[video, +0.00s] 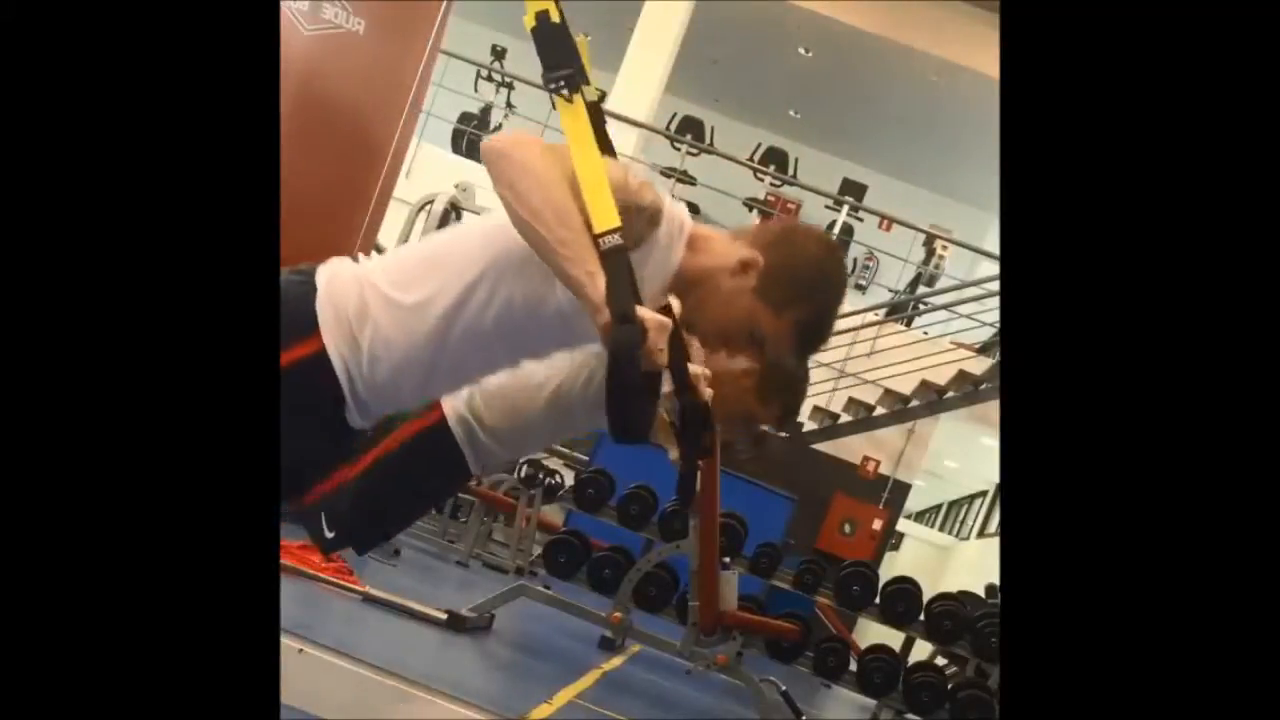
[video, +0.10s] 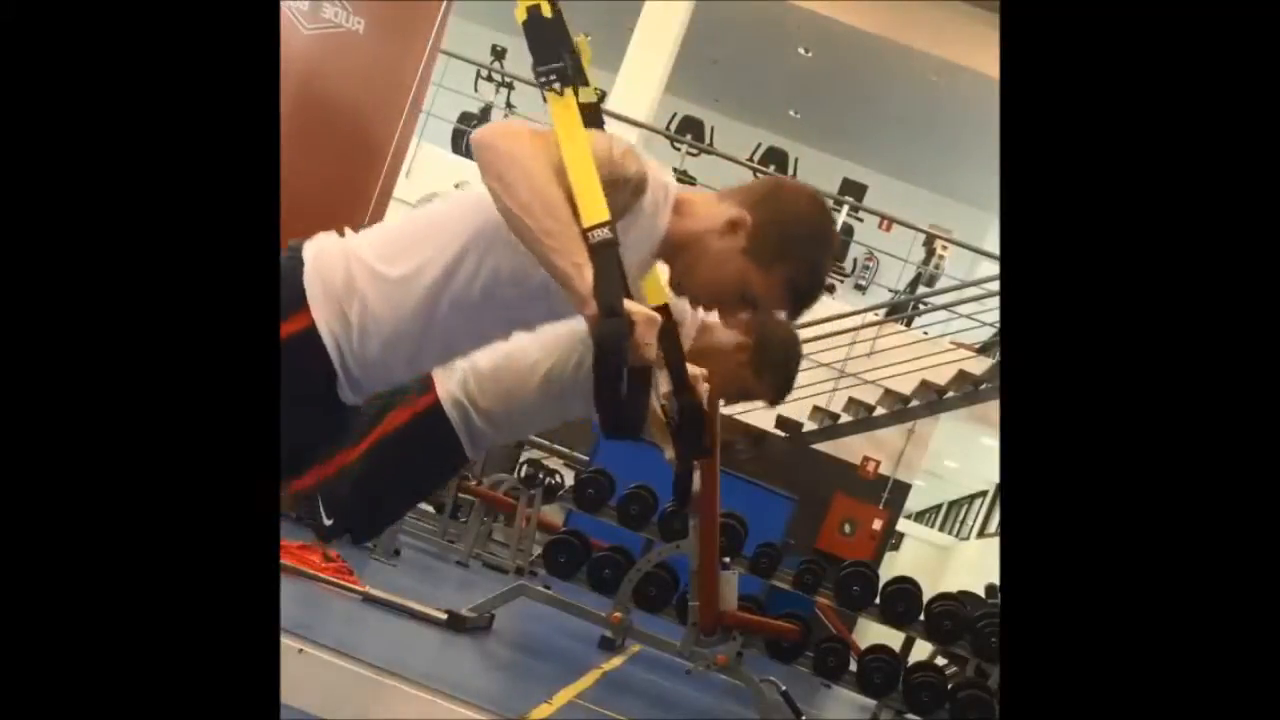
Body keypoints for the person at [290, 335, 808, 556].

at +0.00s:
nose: (732, 424)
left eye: (744, 423)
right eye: (745, 411)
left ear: (737, 377)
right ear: (736, 362)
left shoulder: (674, 389)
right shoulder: (663, 346)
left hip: (474, 445)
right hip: (455, 423)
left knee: (352, 527)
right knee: (329, 518)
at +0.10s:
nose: (724, 391)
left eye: (735, 392)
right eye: (737, 379)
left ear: (736, 347)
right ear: (734, 330)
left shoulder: (679, 362)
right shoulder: (665, 319)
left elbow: (670, 433)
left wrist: (691, 423)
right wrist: (680, 392)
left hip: (476, 429)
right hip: (456, 400)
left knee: (348, 517)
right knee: (326, 508)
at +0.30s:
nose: (728, 347)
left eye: (742, 347)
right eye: (741, 341)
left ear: (728, 295)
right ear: (730, 299)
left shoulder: (663, 315)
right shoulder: (651, 276)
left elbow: (633, 408)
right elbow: (623, 407)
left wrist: (678, 426)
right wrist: (670, 390)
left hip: (460, 405)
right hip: (439, 373)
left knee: (340, 512)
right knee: (306, 483)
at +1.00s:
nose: (722, 327)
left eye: (736, 323)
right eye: (734, 314)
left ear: (717, 270)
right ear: (719, 272)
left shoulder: (650, 279)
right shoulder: (637, 264)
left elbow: (637, 346)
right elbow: (585, 348)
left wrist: (667, 401)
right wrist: (621, 413)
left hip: (457, 391)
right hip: (440, 375)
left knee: (328, 510)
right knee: (306, 501)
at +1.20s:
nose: (737, 386)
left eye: (749, 383)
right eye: (749, 375)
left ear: (737, 339)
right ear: (739, 333)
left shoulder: (677, 351)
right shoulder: (666, 310)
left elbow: (628, 403)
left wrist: (677, 407)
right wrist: (666, 398)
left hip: (480, 433)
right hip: (463, 411)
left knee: (339, 524)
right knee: (321, 516)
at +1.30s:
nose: (743, 419)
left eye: (753, 416)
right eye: (754, 407)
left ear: (749, 369)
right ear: (748, 363)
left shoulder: (686, 382)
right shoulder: (674, 328)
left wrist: (699, 432)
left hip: (484, 454)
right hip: (465, 429)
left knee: (341, 535)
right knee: (326, 529)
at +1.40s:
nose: (742, 443)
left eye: (755, 442)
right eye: (756, 432)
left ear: (753, 397)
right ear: (752, 386)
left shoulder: (681, 404)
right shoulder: (675, 362)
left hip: (483, 473)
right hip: (464, 450)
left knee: (340, 553)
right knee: (325, 548)